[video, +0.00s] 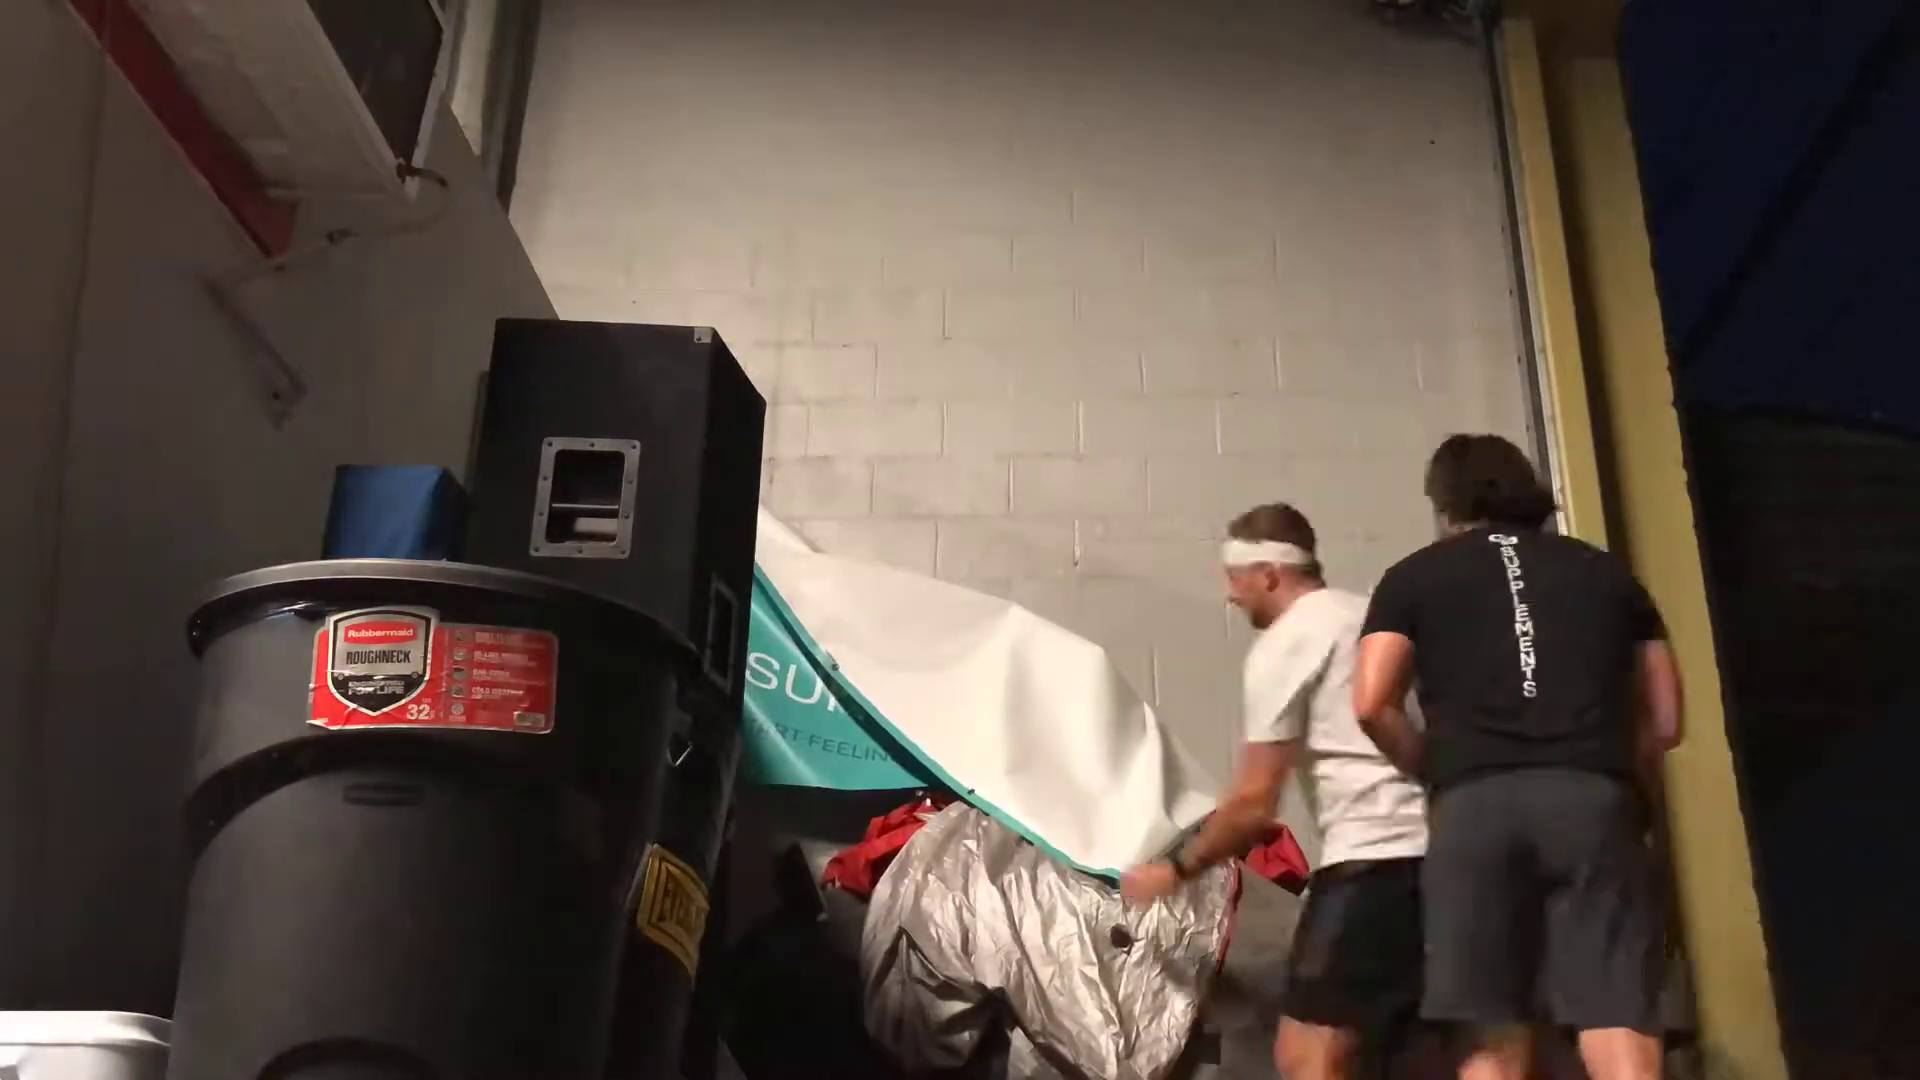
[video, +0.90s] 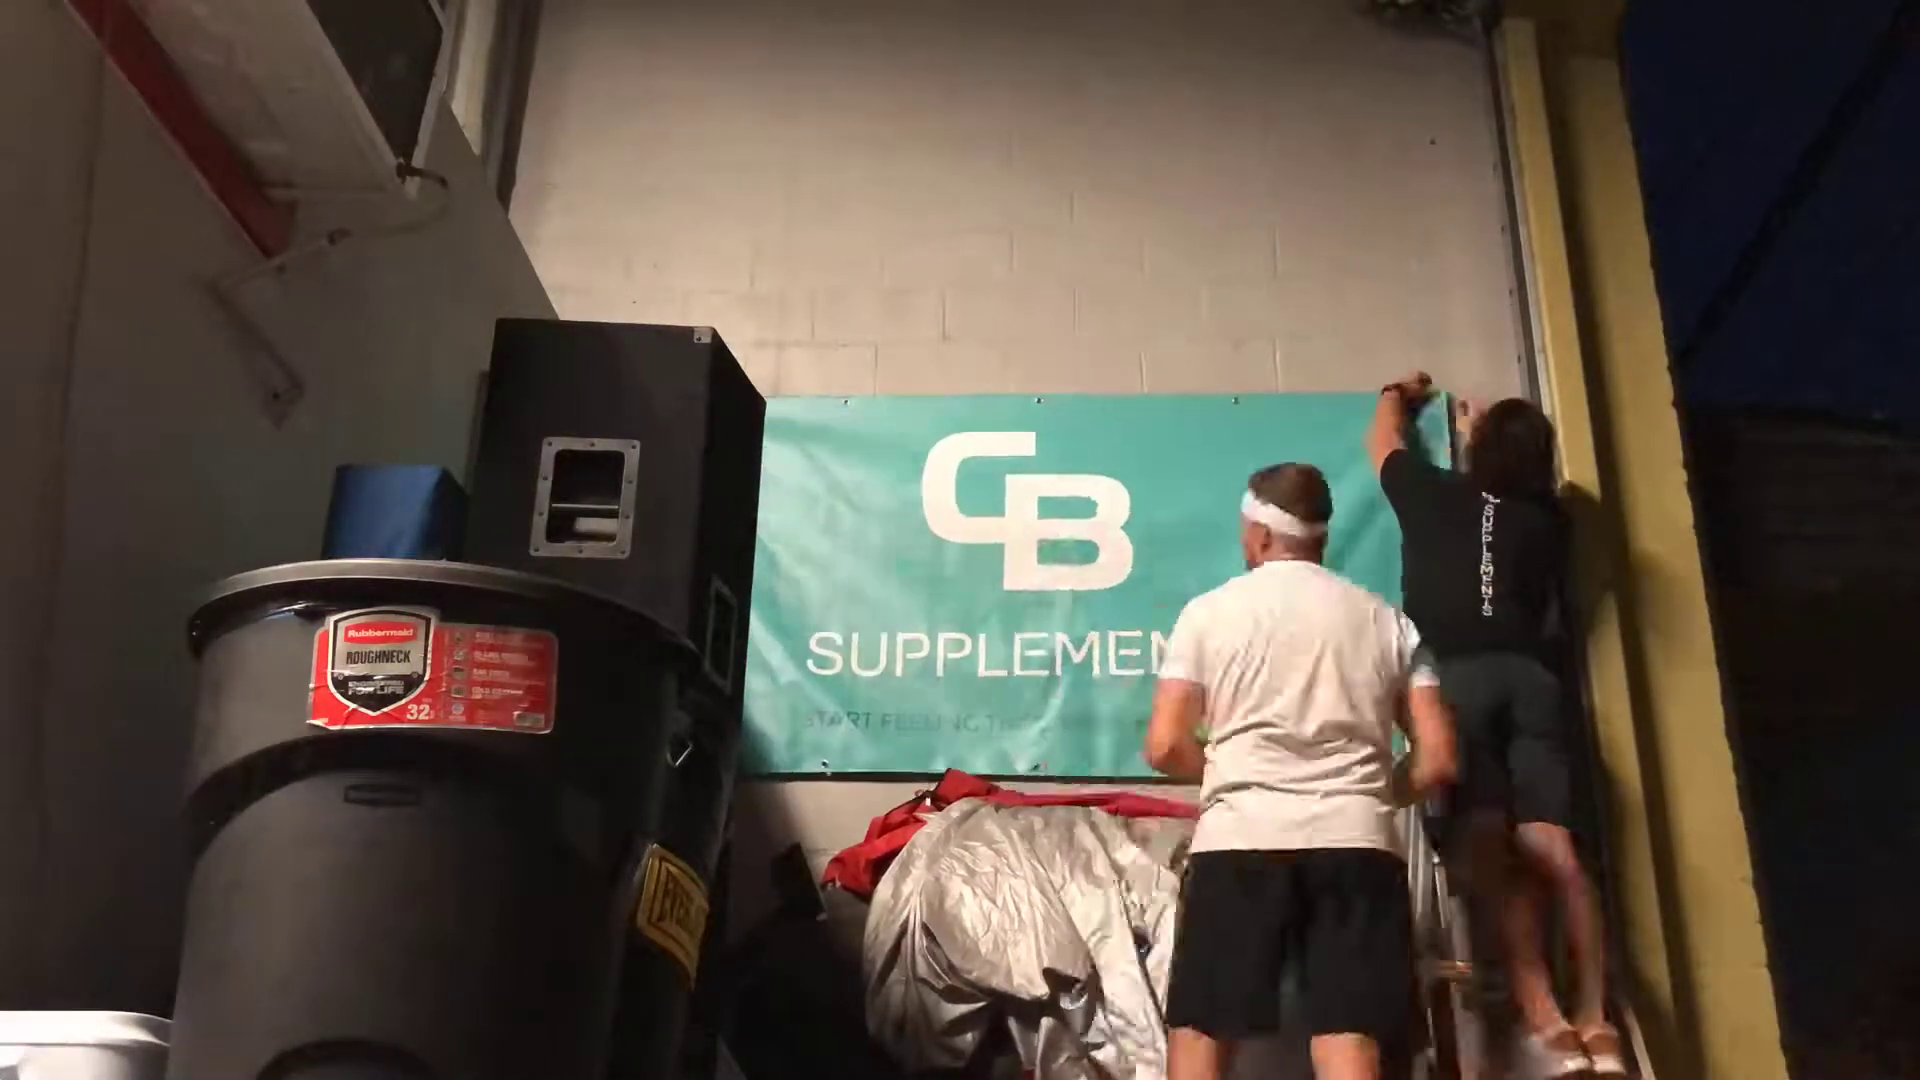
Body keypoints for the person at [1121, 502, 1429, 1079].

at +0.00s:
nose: (1231, 593)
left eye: (1233, 577)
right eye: (1228, 579)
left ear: (1270, 573)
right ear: (1298, 565)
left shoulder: (1283, 645)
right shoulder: (1370, 615)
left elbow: (1255, 805)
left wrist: (1174, 868)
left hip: (1365, 865)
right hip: (1427, 854)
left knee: (1306, 1055)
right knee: (1400, 1050)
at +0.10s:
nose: (1015, 568)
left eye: (1013, 557)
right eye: (1014, 559)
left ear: (1023, 551)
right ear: (1083, 543)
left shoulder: (1005, 612)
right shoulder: (1160, 607)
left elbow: (926, 711)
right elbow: (1271, 680)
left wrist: (994, 700)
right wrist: (1241, 623)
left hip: (1039, 864)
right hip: (1158, 859)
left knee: (993, 1045)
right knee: (1162, 1049)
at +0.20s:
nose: (1081, 566)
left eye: (1077, 559)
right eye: (1078, 559)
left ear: (1010, 570)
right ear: (1073, 564)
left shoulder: (971, 625)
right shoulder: (1112, 627)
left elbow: (941, 589)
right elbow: (1232, 617)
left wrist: (986, 554)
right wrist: (1278, 571)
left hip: (994, 872)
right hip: (1089, 867)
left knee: (995, 1047)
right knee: (1081, 1048)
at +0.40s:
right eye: (1154, 564)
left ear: (1087, 584)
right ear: (1152, 575)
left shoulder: (1055, 642)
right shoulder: (1200, 633)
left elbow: (1007, 616)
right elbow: (1275, 591)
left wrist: (1042, 578)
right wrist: (1286, 537)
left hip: (1090, 884)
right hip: (1188, 877)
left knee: (1108, 1059)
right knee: (1185, 1053)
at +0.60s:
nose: (1268, 608)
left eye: (1265, 599)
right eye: (1267, 598)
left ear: (1199, 607)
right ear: (1260, 600)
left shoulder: (1149, 660)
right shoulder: (1282, 671)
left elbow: (1160, 743)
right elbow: (1345, 746)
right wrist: (1383, 765)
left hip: (1142, 874)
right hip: (1243, 875)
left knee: (1129, 1043)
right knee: (1251, 1048)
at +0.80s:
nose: (1240, 578)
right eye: (1238, 571)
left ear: (1170, 590)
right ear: (1238, 581)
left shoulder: (1131, 665)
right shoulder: (1286, 660)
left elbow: (1099, 783)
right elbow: (1337, 783)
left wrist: (1162, 779)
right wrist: (1329, 827)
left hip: (1154, 891)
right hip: (1259, 890)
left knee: (1152, 1055)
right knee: (1258, 1060)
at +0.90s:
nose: (1243, 535)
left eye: (1246, 525)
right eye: (1246, 524)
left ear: (1258, 533)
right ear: (1324, 536)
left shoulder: (1207, 613)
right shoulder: (1386, 619)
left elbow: (1166, 747)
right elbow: (1437, 763)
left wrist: (1228, 772)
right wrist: (1370, 789)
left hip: (1238, 858)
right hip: (1357, 856)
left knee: (1198, 1037)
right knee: (1346, 1040)